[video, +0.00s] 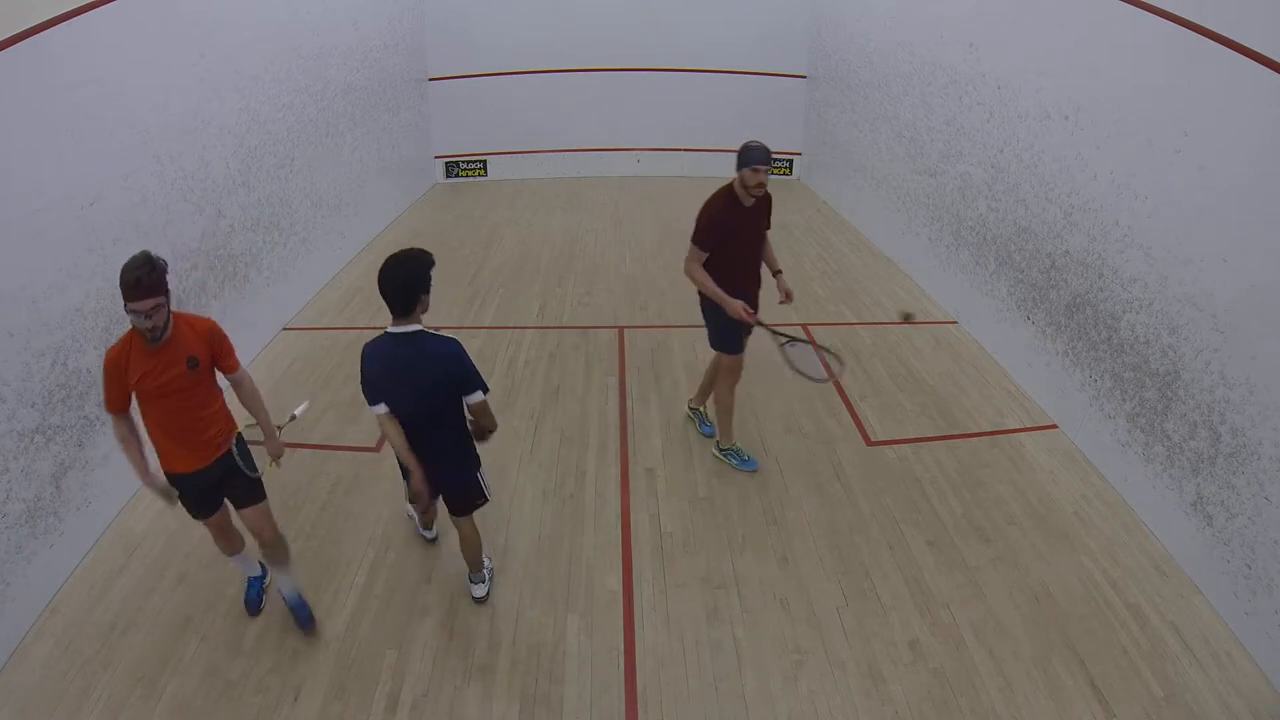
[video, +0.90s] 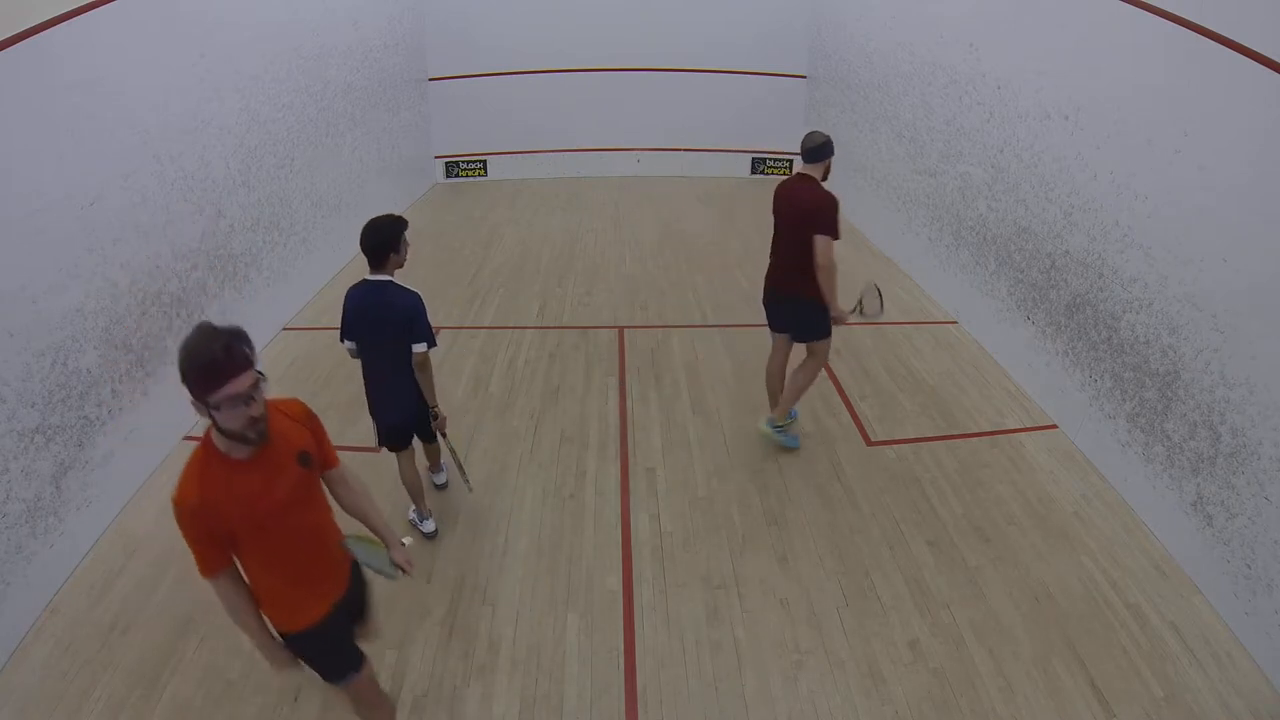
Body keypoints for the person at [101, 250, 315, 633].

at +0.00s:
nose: (148, 322)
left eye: (155, 310)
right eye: (137, 314)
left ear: (168, 296)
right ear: (125, 308)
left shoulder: (202, 332)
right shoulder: (119, 360)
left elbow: (240, 380)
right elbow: (120, 418)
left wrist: (269, 432)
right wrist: (146, 477)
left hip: (227, 450)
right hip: (183, 469)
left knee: (265, 533)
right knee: (220, 529)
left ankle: (289, 589)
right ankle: (253, 572)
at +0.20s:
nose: (164, 346)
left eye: (171, 333)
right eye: (152, 338)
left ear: (182, 320)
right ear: (136, 333)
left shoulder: (215, 357)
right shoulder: (127, 389)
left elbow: (244, 413)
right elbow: (132, 459)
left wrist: (267, 467)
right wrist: (141, 528)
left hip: (239, 483)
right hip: (193, 501)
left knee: (274, 565)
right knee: (227, 548)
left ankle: (309, 642)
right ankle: (254, 574)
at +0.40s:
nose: (183, 356)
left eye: (190, 342)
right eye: (169, 348)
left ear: (200, 329)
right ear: (150, 343)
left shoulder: (234, 368)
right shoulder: (138, 408)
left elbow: (265, 431)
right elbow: (144, 486)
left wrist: (296, 489)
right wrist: (163, 563)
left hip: (266, 503)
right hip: (216, 531)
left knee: (292, 580)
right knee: (250, 605)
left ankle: (312, 649)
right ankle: (258, 615)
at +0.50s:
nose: (191, 360)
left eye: (199, 346)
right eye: (177, 352)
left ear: (208, 333)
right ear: (157, 349)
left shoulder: (241, 371)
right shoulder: (144, 418)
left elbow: (279, 435)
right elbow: (155, 496)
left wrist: (317, 495)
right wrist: (179, 571)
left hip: (275, 510)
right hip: (225, 539)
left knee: (296, 584)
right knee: (272, 627)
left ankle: (312, 648)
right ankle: (281, 649)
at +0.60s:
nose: (204, 369)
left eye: (211, 353)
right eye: (189, 361)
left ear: (219, 339)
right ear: (166, 358)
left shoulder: (250, 379)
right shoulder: (153, 435)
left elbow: (294, 439)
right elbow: (171, 511)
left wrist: (340, 502)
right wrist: (198, 577)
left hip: (286, 522)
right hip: (241, 555)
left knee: (304, 596)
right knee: (298, 638)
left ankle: (313, 651)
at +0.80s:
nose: (236, 398)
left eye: (239, 379)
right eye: (217, 391)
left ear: (245, 366)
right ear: (189, 396)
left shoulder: (278, 406)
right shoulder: (180, 478)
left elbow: (327, 468)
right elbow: (203, 549)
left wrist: (380, 527)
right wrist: (242, 611)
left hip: (322, 554)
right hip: (280, 597)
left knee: (324, 619)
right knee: (344, 670)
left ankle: (319, 654)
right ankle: (380, 714)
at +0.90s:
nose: (254, 409)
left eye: (255, 390)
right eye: (235, 404)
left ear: (261, 375)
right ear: (200, 407)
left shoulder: (293, 417)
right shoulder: (195, 498)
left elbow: (340, 480)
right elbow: (224, 579)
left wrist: (391, 540)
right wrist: (269, 647)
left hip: (345, 575)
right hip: (303, 618)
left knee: (364, 627)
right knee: (366, 692)